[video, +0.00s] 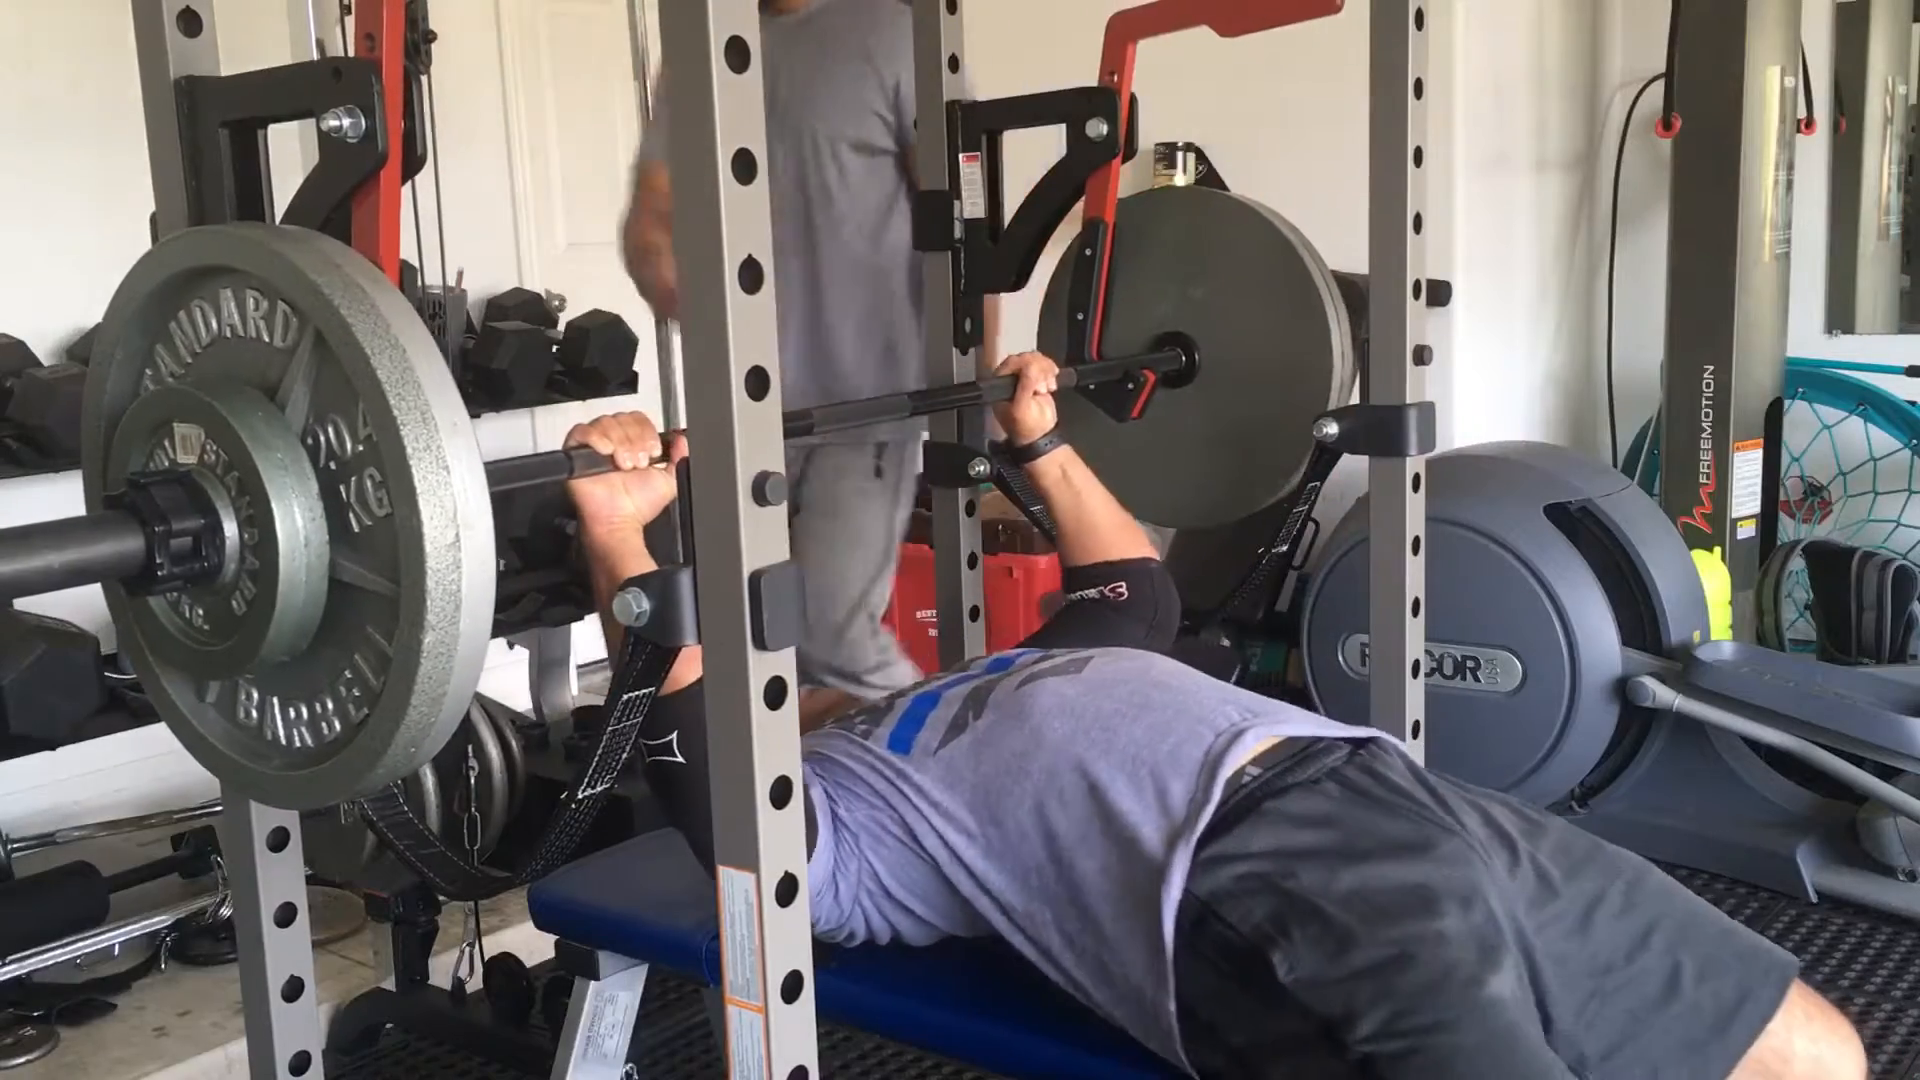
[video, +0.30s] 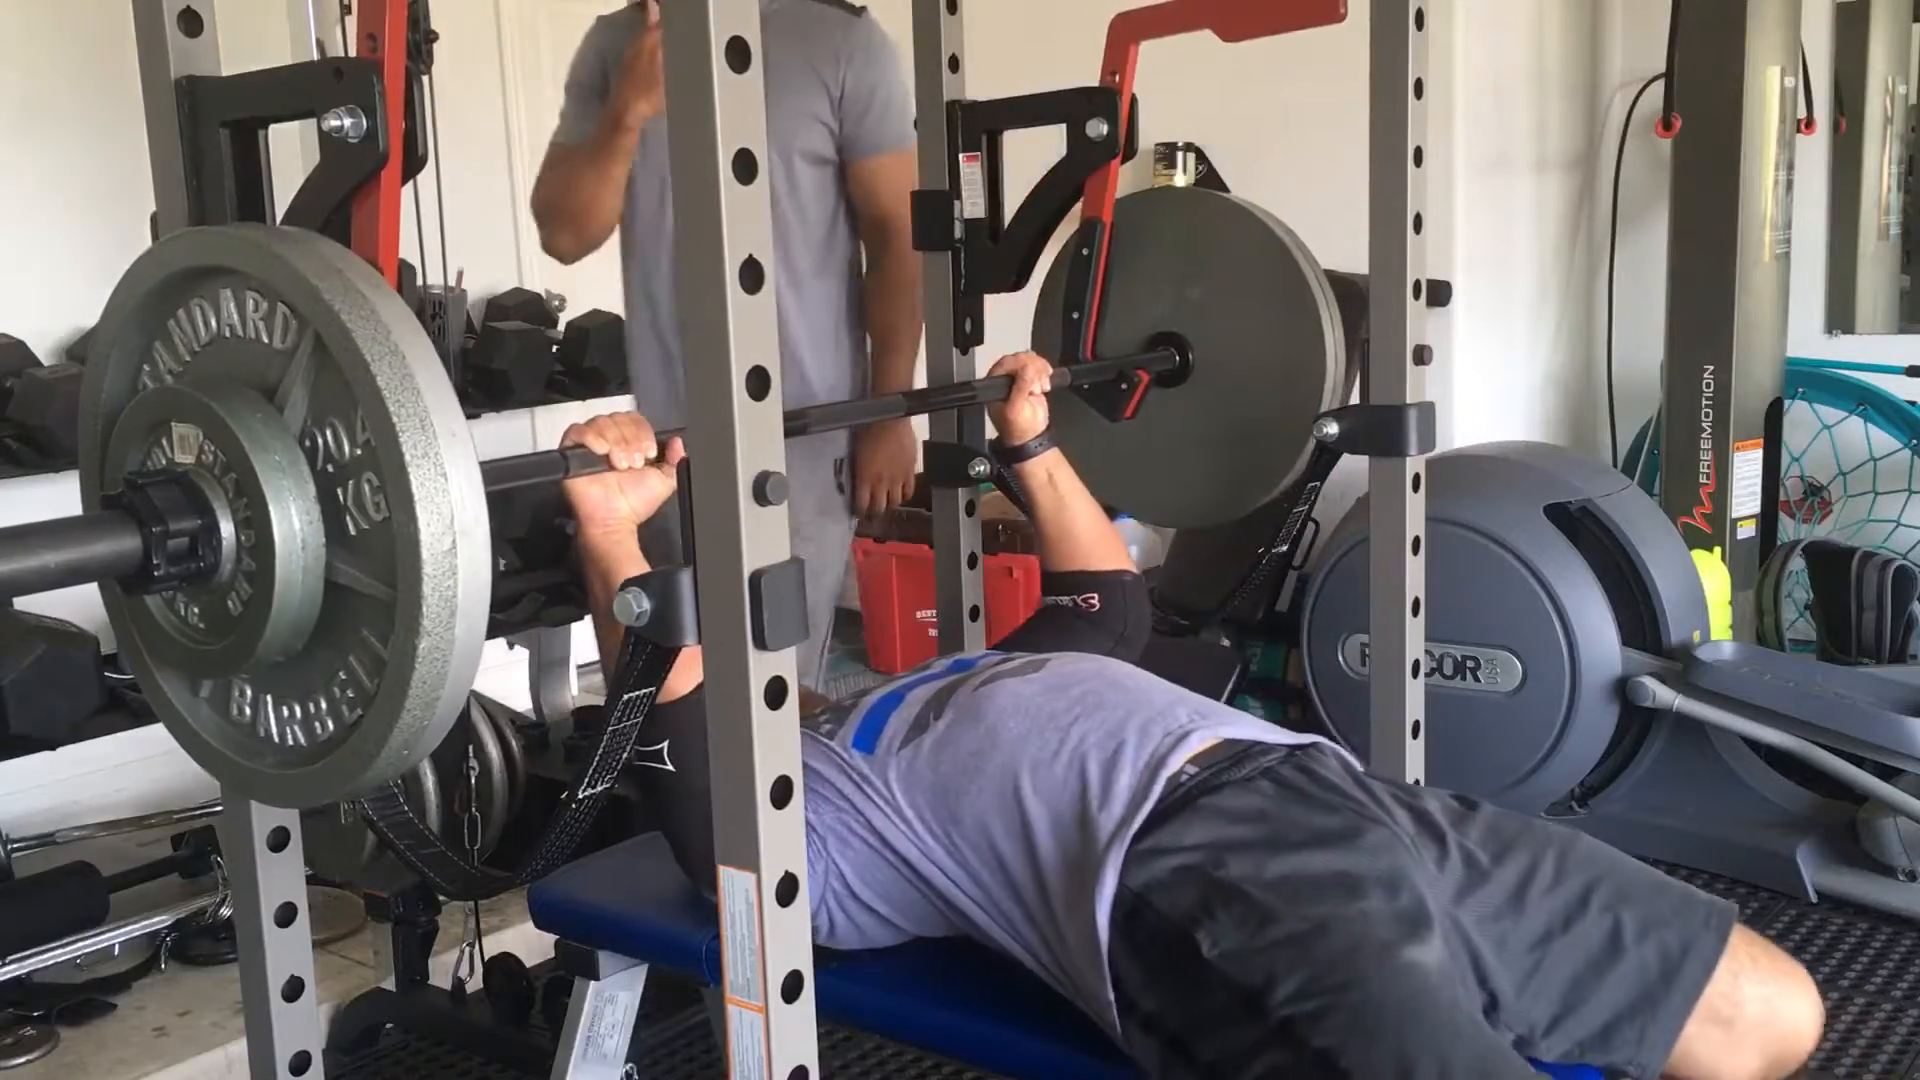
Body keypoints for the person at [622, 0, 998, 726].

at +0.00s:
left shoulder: (890, 30)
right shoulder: (698, 55)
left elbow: (963, 214)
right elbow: (652, 207)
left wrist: (976, 377)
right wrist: (660, 262)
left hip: (870, 388)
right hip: (739, 403)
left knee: (832, 632)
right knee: (751, 641)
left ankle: (949, 767)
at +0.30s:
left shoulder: (843, 40)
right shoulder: (621, 39)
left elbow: (896, 238)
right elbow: (564, 236)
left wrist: (889, 408)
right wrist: (626, 114)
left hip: (805, 433)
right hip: (670, 435)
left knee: (787, 689)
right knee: (675, 690)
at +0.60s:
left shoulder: (834, 57)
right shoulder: (593, 30)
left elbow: (871, 271)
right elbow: (522, 226)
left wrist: (873, 455)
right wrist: (622, 111)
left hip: (784, 446)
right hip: (635, 445)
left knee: (766, 705)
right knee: (643, 705)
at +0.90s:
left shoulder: (833, 53)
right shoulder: (574, 31)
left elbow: (870, 257)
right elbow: (504, 233)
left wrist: (877, 433)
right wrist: (626, 178)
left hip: (776, 445)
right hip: (622, 445)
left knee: (767, 700)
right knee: (639, 706)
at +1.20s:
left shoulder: (807, 37)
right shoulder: (556, 36)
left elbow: (847, 240)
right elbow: (526, 265)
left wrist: (880, 421)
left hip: (770, 453)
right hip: (622, 463)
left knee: (767, 706)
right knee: (636, 725)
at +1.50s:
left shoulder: (752, 21)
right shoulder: (525, 29)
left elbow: (793, 218)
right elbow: (510, 292)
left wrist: (845, 382)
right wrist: (579, 495)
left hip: (754, 450)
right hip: (606, 477)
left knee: (792, 711)